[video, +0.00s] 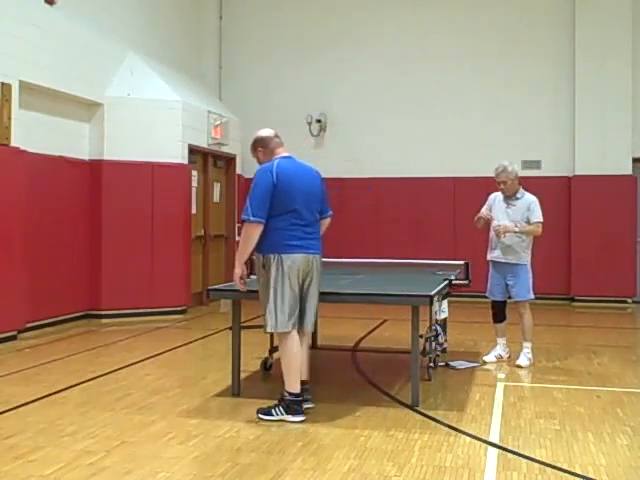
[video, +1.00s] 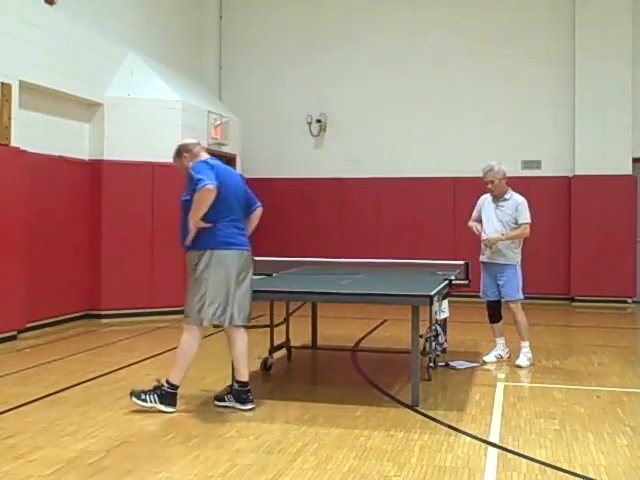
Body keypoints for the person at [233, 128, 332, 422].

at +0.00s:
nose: (257, 162)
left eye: (256, 158)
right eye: (256, 158)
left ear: (260, 151)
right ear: (281, 145)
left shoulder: (267, 172)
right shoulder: (312, 172)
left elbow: (255, 222)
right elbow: (325, 216)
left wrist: (240, 261)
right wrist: (307, 241)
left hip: (282, 258)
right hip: (311, 257)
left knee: (286, 331)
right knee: (301, 329)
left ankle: (292, 402)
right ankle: (302, 389)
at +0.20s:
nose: (245, 164)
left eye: (243, 160)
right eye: (243, 161)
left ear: (248, 153)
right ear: (268, 146)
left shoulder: (257, 171)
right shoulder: (297, 172)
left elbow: (248, 221)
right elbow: (305, 216)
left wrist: (233, 260)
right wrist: (293, 245)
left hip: (274, 256)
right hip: (300, 254)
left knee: (282, 328)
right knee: (271, 326)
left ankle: (293, 402)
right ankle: (255, 387)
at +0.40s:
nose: (229, 167)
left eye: (228, 162)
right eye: (228, 163)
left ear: (233, 155)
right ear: (251, 150)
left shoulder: (244, 170)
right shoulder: (278, 174)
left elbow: (241, 216)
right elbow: (294, 218)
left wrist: (227, 253)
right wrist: (278, 246)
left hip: (259, 256)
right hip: (283, 255)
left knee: (267, 329)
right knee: (262, 327)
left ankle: (290, 399)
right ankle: (244, 390)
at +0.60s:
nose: (214, 167)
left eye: (212, 163)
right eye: (213, 164)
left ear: (217, 155)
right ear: (235, 150)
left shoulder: (230, 165)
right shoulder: (262, 172)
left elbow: (236, 196)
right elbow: (283, 212)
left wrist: (225, 232)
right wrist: (269, 242)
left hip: (247, 253)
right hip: (270, 254)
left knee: (221, 323)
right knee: (255, 325)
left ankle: (267, 379)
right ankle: (245, 389)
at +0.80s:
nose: (200, 170)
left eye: (198, 165)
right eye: (198, 166)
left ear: (203, 155)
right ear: (222, 150)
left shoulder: (216, 163)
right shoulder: (247, 170)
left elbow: (227, 185)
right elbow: (271, 209)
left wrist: (213, 216)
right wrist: (257, 240)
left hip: (233, 249)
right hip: (257, 251)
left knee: (202, 317)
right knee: (245, 322)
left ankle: (214, 391)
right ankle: (244, 391)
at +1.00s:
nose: (183, 170)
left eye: (181, 166)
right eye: (181, 167)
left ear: (187, 157)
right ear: (204, 152)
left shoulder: (199, 165)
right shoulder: (232, 173)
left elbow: (208, 188)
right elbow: (256, 208)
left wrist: (194, 219)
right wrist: (240, 237)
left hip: (213, 251)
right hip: (241, 251)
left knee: (194, 323)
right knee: (235, 322)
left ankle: (168, 390)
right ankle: (241, 390)